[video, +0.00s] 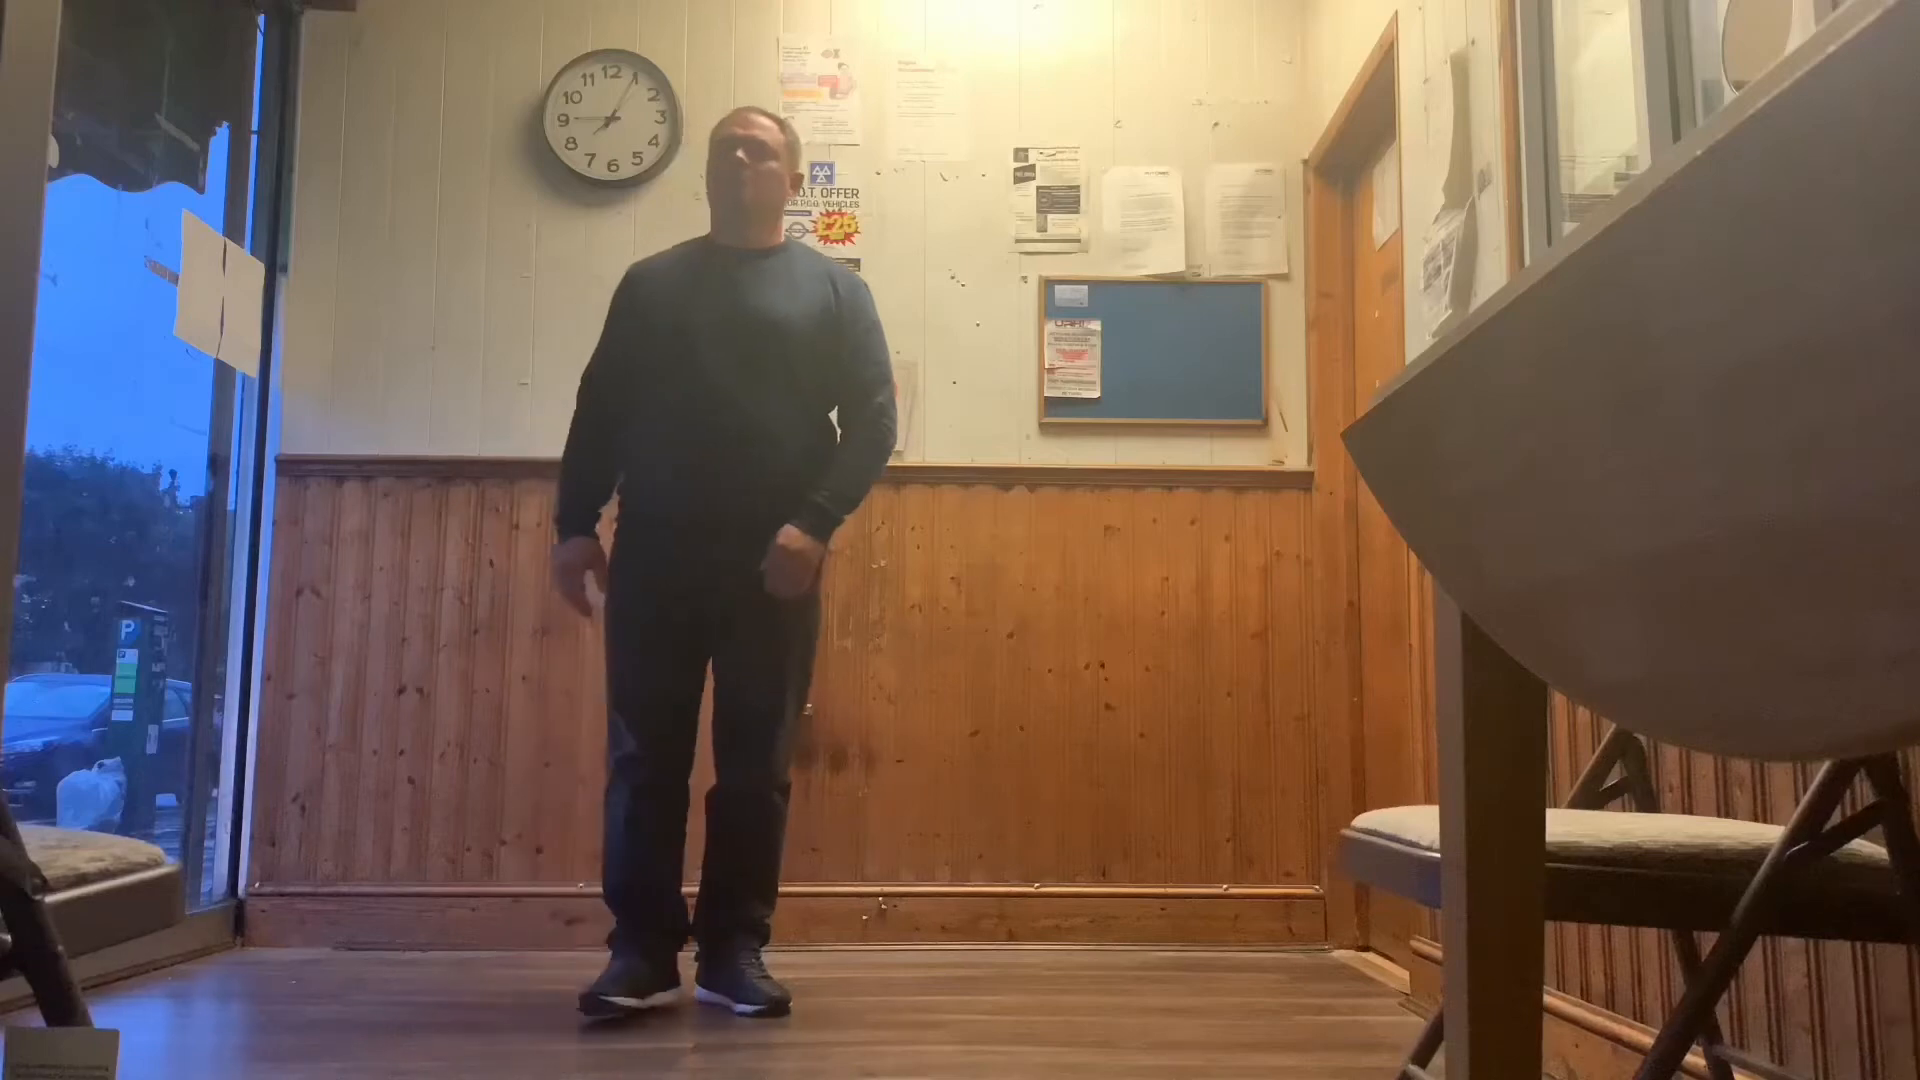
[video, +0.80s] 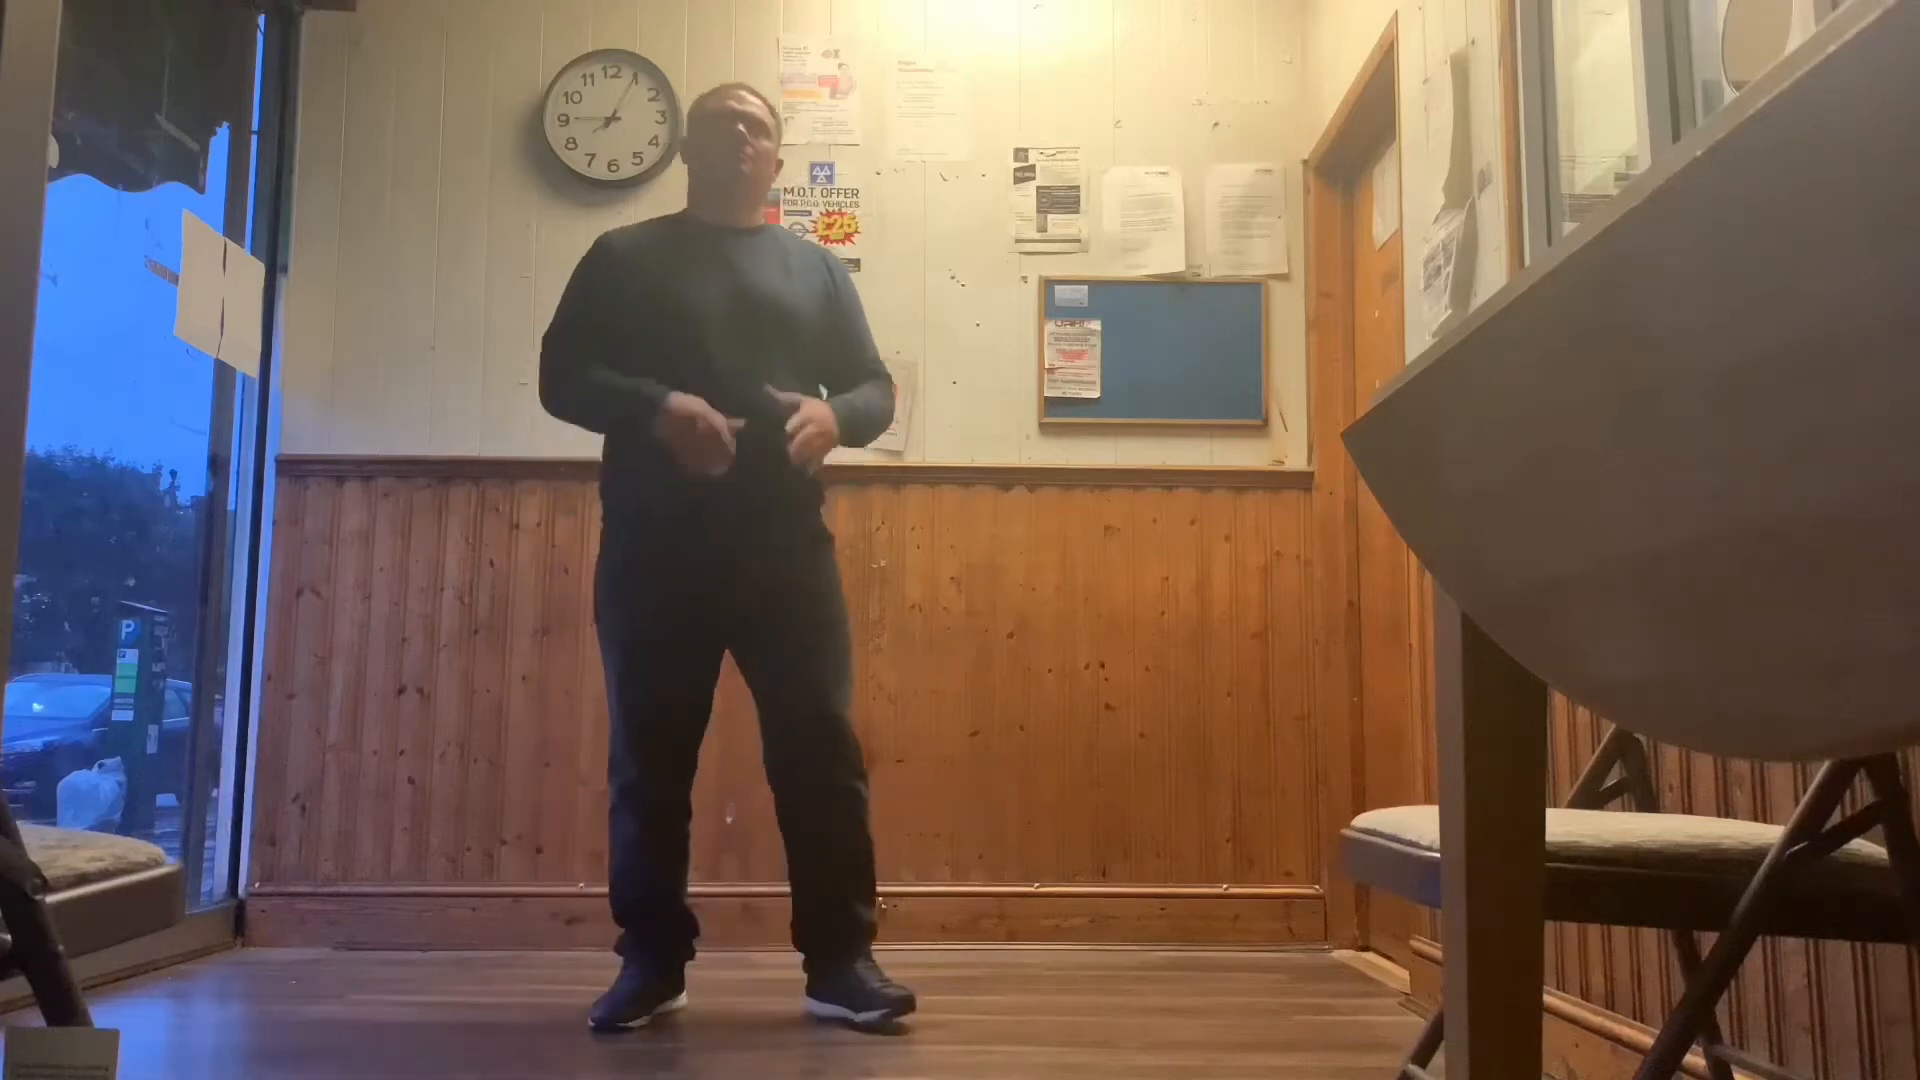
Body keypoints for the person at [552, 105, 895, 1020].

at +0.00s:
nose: (735, 158)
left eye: (757, 149)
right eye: (723, 148)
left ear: (794, 183)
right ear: (703, 177)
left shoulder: (836, 292)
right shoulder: (650, 284)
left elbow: (871, 428)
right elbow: (598, 409)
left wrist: (815, 524)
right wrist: (576, 525)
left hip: (770, 567)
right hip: (656, 560)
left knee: (754, 773)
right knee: (643, 765)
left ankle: (733, 955)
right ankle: (641, 956)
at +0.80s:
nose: (732, 131)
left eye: (751, 124)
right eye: (713, 119)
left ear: (779, 160)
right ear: (683, 152)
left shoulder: (815, 267)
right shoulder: (622, 256)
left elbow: (873, 391)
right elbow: (562, 377)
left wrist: (838, 415)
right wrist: (657, 409)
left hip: (784, 554)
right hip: (656, 554)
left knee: (821, 749)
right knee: (648, 767)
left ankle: (840, 963)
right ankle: (650, 962)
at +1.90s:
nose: (767, 87)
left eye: (786, 76)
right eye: (751, 75)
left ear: (818, 108)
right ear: (726, 106)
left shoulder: (858, 198)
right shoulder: (678, 192)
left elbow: (927, 305)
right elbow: (556, 253)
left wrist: (855, 248)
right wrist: (613, 181)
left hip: (830, 500)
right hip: (706, 496)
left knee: (860, 721)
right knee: (650, 694)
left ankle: (871, 940)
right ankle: (636, 871)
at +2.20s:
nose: (664, 190)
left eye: (686, 176)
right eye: (653, 175)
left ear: (729, 193)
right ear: (635, 186)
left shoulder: (759, 297)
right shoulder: (585, 290)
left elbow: (794, 411)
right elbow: (523, 390)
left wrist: (799, 474)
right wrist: (465, 433)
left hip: (678, 564)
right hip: (568, 556)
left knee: (601, 760)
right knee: (537, 769)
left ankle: (730, 887)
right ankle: (600, 957)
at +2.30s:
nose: (701, 198)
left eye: (693, 180)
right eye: (689, 182)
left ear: (705, 182)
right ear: (647, 186)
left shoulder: (754, 304)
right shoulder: (578, 278)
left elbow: (809, 440)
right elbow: (484, 376)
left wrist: (864, 568)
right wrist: (372, 457)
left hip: (638, 556)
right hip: (530, 543)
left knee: (526, 733)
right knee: (521, 744)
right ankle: (602, 949)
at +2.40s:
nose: (645, 212)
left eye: (665, 193)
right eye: (631, 194)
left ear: (707, 199)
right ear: (614, 201)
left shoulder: (751, 323)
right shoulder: (575, 277)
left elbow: (844, 427)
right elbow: (463, 310)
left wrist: (943, 526)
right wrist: (324, 324)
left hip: (599, 574)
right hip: (497, 549)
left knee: (467, 759)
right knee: (465, 760)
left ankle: (375, 987)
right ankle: (590, 934)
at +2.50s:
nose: (628, 229)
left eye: (648, 211)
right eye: (619, 209)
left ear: (698, 217)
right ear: (604, 213)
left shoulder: (740, 335)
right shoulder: (565, 281)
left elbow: (852, 415)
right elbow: (454, 272)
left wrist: (965, 487)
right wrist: (331, 252)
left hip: (597, 587)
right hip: (490, 566)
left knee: (455, 752)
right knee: (456, 765)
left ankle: (372, 992)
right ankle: (588, 938)